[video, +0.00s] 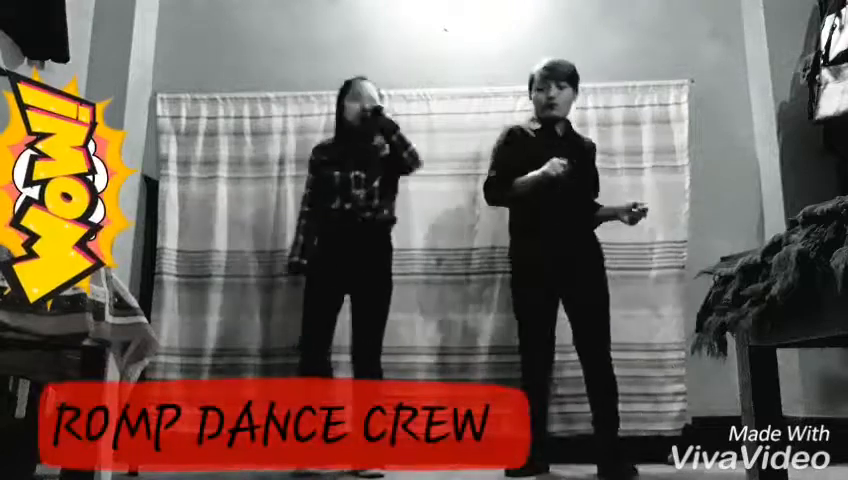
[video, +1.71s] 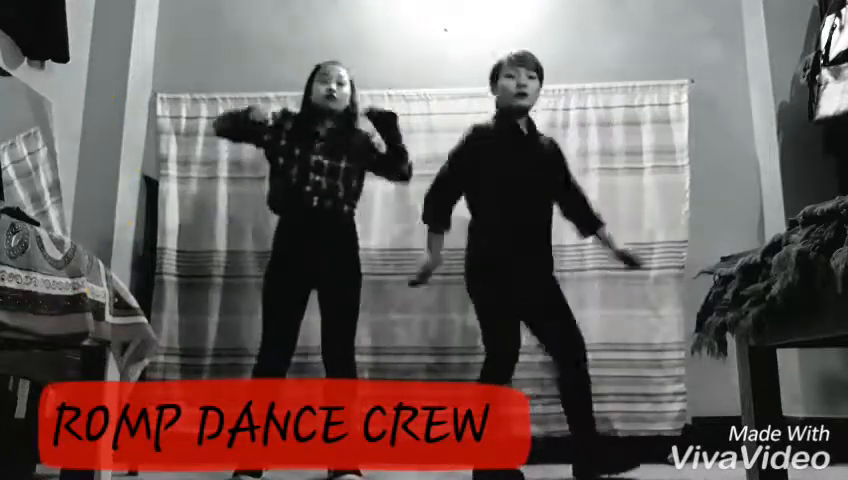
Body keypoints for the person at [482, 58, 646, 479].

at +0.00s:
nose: (549, 94)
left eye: (559, 87)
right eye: (541, 88)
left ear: (574, 95)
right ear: (530, 96)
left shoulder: (582, 148)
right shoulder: (515, 140)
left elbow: (584, 212)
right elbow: (493, 193)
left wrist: (619, 212)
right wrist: (539, 175)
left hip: (581, 263)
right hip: (532, 265)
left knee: (597, 359)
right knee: (536, 363)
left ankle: (610, 456)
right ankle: (533, 455)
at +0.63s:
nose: (535, 79)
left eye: (545, 73)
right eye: (528, 75)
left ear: (565, 85)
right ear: (521, 90)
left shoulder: (587, 121)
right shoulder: (527, 143)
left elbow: (617, 174)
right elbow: (536, 204)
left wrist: (560, 176)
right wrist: (507, 216)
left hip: (589, 260)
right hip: (542, 262)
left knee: (594, 358)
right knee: (523, 356)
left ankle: (611, 459)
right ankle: (519, 457)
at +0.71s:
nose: (537, 77)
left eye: (547, 70)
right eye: (529, 73)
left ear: (566, 83)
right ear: (521, 90)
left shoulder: (588, 119)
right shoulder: (519, 145)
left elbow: (600, 174)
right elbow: (510, 206)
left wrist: (545, 183)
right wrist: (498, 221)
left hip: (588, 253)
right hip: (539, 256)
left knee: (596, 357)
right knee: (518, 355)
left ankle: (611, 459)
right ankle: (504, 460)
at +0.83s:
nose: (526, 92)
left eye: (535, 86)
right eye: (517, 88)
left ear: (551, 98)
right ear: (507, 103)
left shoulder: (575, 143)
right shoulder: (500, 158)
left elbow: (585, 200)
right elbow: (497, 212)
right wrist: (501, 255)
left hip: (570, 265)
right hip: (519, 268)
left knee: (592, 364)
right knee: (512, 367)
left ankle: (610, 459)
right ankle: (504, 461)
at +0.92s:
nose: (522, 80)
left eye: (531, 73)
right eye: (513, 76)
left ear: (546, 88)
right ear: (502, 92)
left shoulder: (564, 139)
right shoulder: (493, 134)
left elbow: (594, 189)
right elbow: (504, 193)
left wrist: (627, 241)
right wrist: (545, 229)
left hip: (561, 263)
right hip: (511, 264)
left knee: (581, 361)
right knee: (510, 363)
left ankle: (599, 461)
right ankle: (502, 462)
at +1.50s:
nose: (544, 84)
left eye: (554, 79)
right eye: (534, 79)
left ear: (567, 93)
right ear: (521, 95)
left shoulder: (587, 136)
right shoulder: (510, 156)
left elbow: (599, 201)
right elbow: (500, 221)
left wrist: (584, 256)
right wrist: (497, 278)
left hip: (587, 260)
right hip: (535, 264)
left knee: (601, 360)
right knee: (515, 361)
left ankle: (600, 459)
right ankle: (486, 456)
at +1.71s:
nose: (520, 83)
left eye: (529, 78)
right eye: (511, 76)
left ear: (539, 91)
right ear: (494, 88)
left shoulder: (545, 149)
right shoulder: (478, 143)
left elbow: (573, 201)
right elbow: (440, 196)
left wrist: (614, 246)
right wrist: (432, 257)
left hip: (534, 274)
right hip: (489, 274)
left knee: (571, 352)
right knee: (501, 358)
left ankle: (587, 453)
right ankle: (476, 452)